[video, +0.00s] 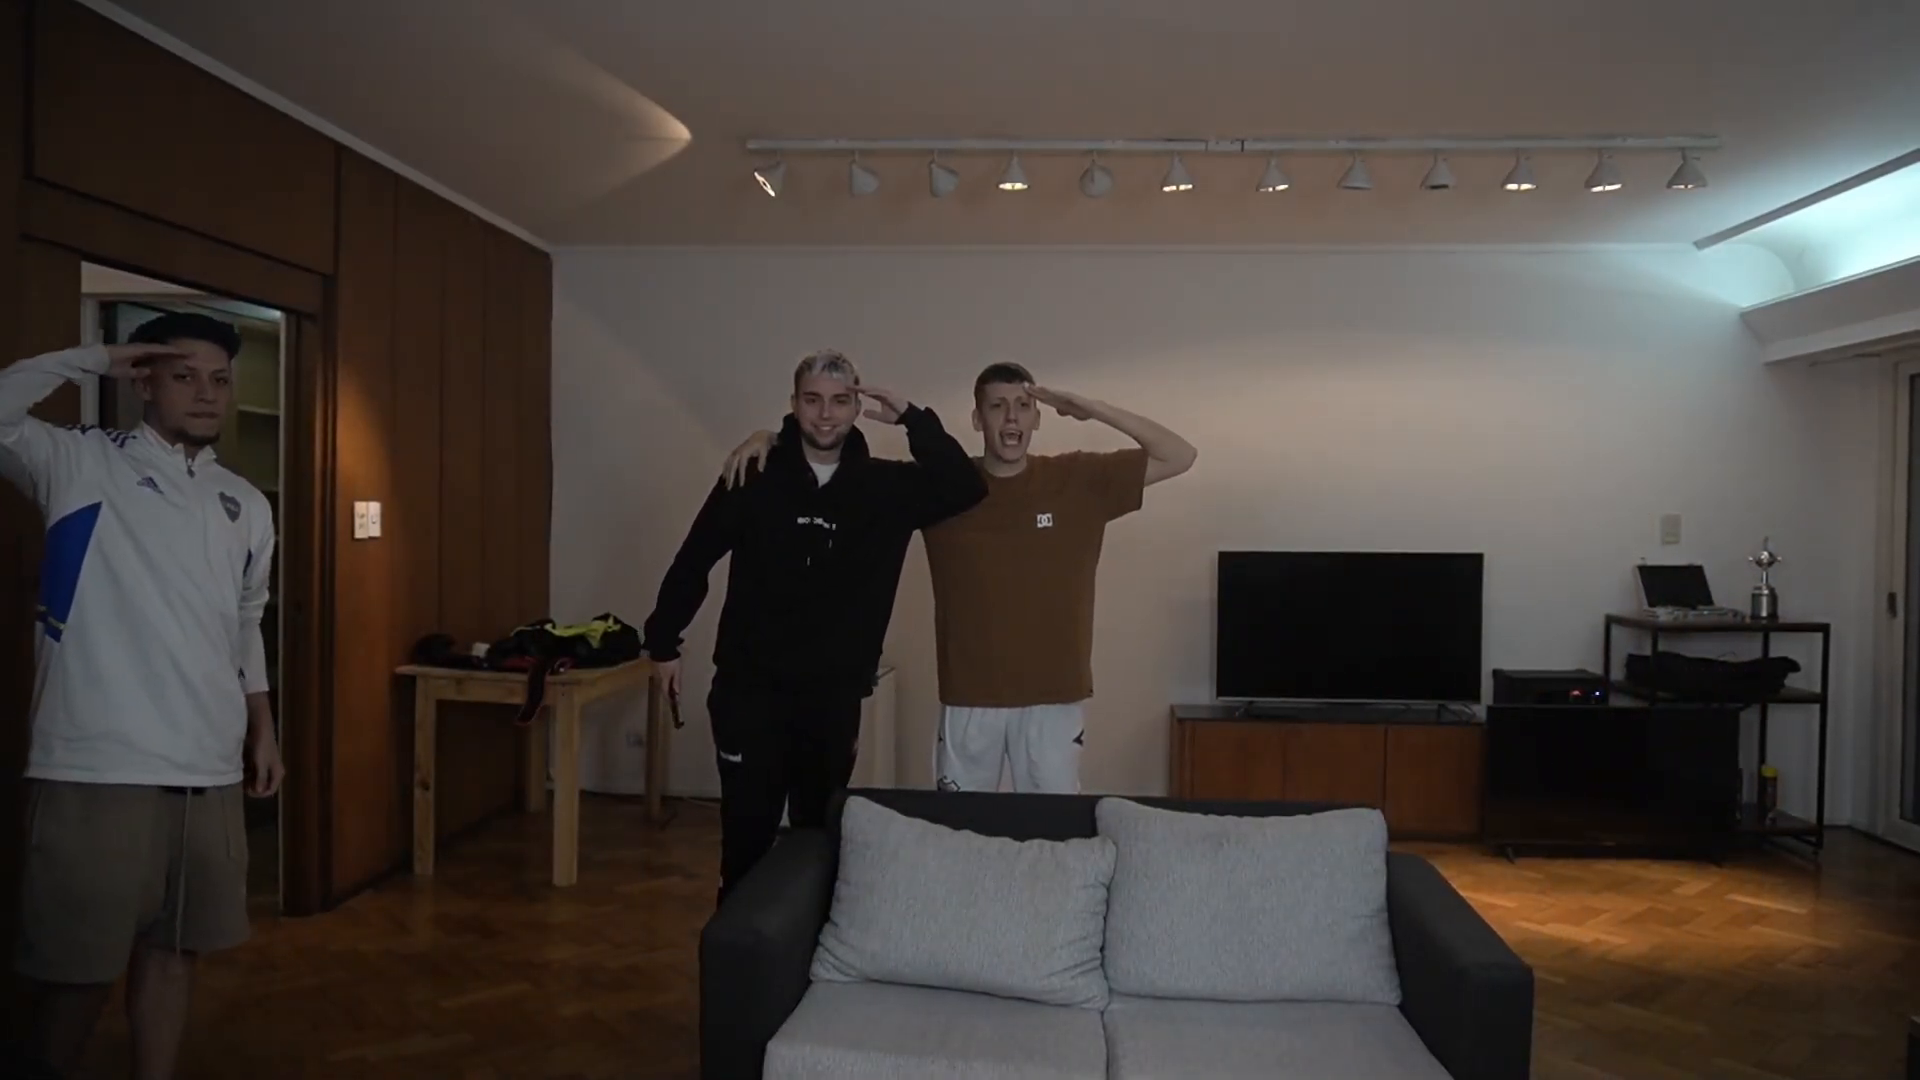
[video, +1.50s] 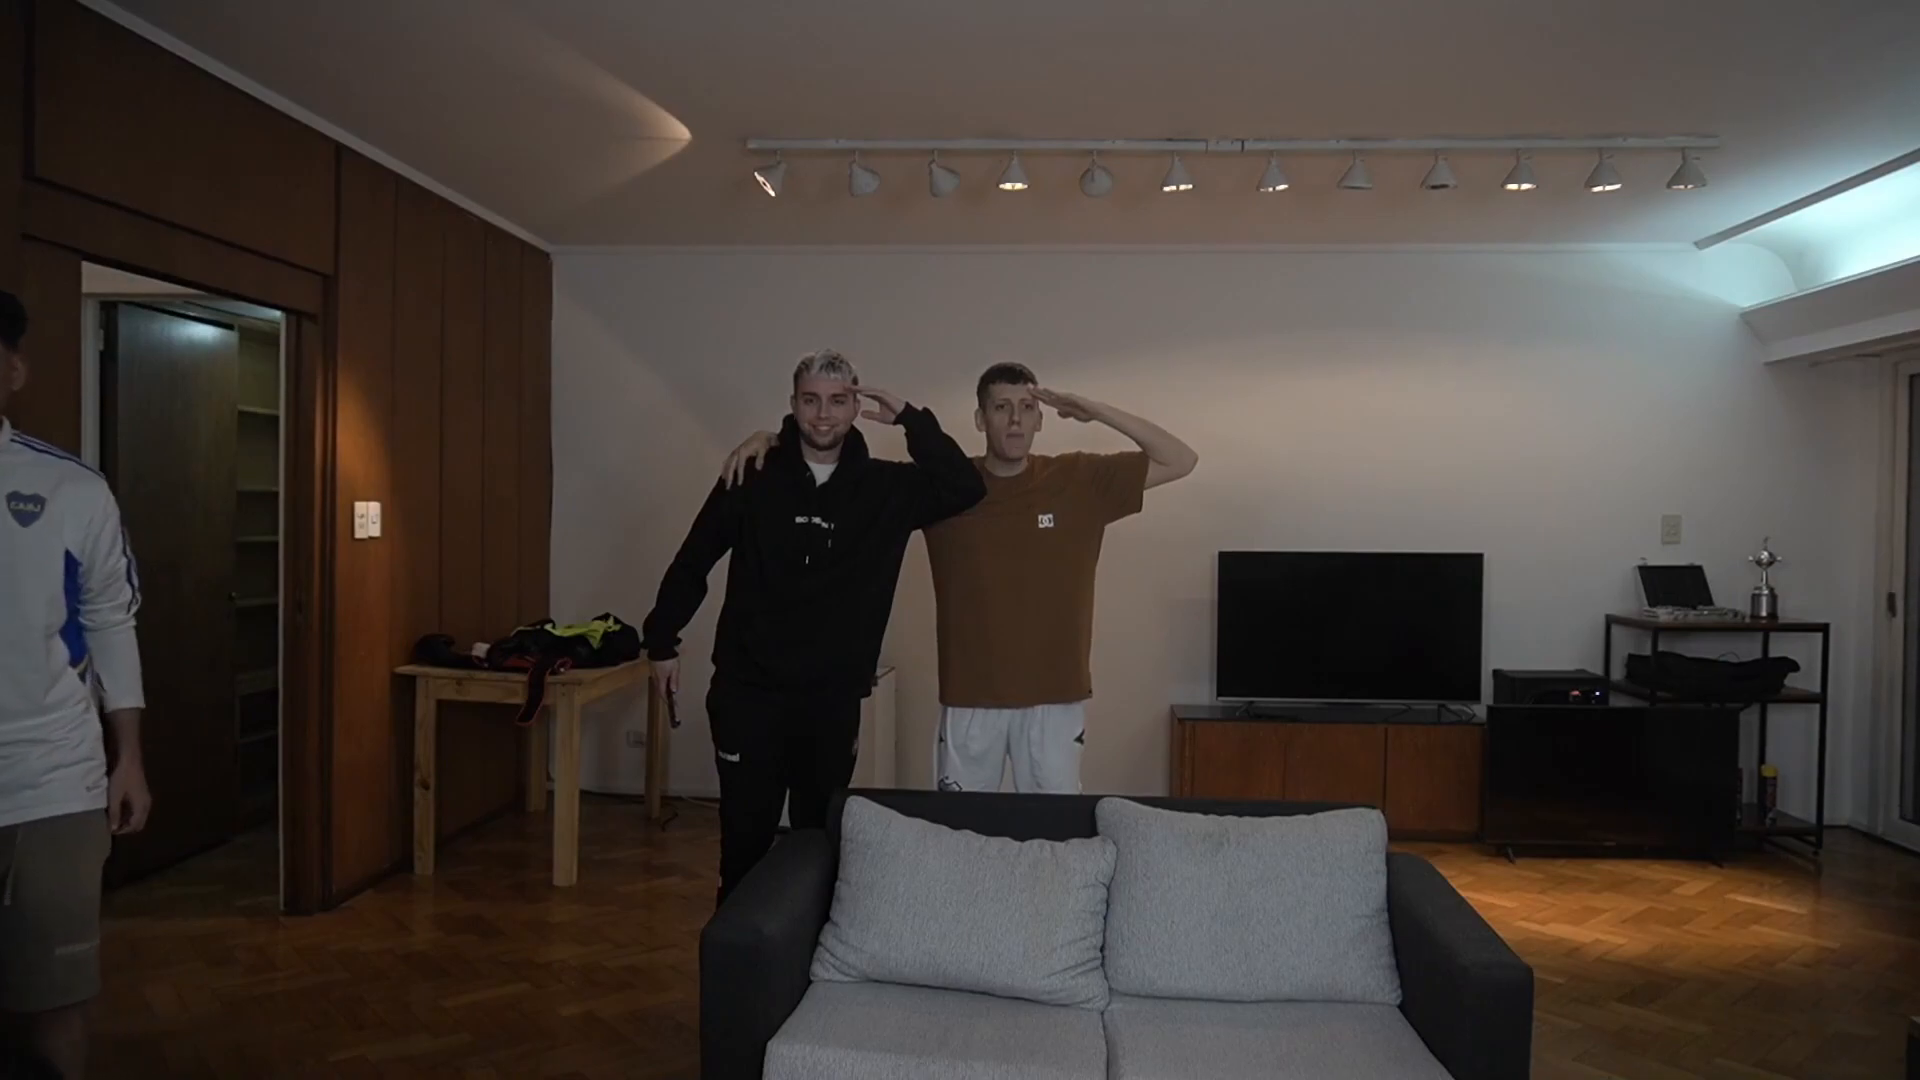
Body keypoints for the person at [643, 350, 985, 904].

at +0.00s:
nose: (826, 412)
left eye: (840, 400)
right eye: (813, 399)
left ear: (857, 410)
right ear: (794, 405)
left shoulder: (888, 486)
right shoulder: (754, 476)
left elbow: (965, 488)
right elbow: (695, 559)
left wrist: (914, 417)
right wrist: (664, 644)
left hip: (833, 690)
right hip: (750, 685)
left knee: (819, 832)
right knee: (748, 832)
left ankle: (814, 957)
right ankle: (739, 961)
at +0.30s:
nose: (826, 412)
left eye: (840, 400)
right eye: (814, 399)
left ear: (858, 410)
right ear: (795, 405)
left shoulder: (888, 486)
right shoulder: (754, 477)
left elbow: (966, 487)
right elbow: (697, 561)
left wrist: (914, 418)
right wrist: (666, 645)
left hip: (834, 690)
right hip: (751, 685)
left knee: (819, 831)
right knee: (748, 832)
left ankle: (815, 956)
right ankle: (739, 961)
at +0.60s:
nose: (826, 412)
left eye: (840, 400)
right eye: (814, 399)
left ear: (858, 410)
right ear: (795, 405)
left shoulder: (889, 487)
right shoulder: (755, 478)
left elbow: (967, 488)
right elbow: (696, 561)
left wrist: (915, 419)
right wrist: (665, 645)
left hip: (834, 690)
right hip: (751, 685)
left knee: (820, 830)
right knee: (748, 830)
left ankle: (815, 953)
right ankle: (739, 956)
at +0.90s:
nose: (825, 412)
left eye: (839, 400)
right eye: (813, 400)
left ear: (857, 410)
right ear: (794, 406)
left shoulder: (888, 487)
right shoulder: (754, 477)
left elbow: (966, 488)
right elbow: (695, 560)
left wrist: (914, 419)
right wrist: (664, 645)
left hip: (833, 690)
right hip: (750, 686)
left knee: (819, 832)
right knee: (748, 831)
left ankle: (814, 956)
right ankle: (739, 959)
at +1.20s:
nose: (823, 412)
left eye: (837, 400)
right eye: (810, 400)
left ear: (856, 410)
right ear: (792, 406)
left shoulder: (887, 486)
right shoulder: (753, 477)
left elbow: (964, 487)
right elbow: (694, 561)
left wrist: (912, 418)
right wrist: (662, 645)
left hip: (833, 691)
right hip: (749, 687)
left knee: (819, 834)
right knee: (747, 835)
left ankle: (814, 960)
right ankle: (738, 963)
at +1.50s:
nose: (823, 412)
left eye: (838, 400)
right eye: (811, 399)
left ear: (856, 409)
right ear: (793, 405)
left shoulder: (887, 486)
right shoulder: (753, 477)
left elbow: (965, 488)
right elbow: (694, 561)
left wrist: (913, 418)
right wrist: (661, 644)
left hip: (833, 693)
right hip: (748, 689)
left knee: (819, 836)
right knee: (747, 838)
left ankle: (815, 962)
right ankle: (738, 965)